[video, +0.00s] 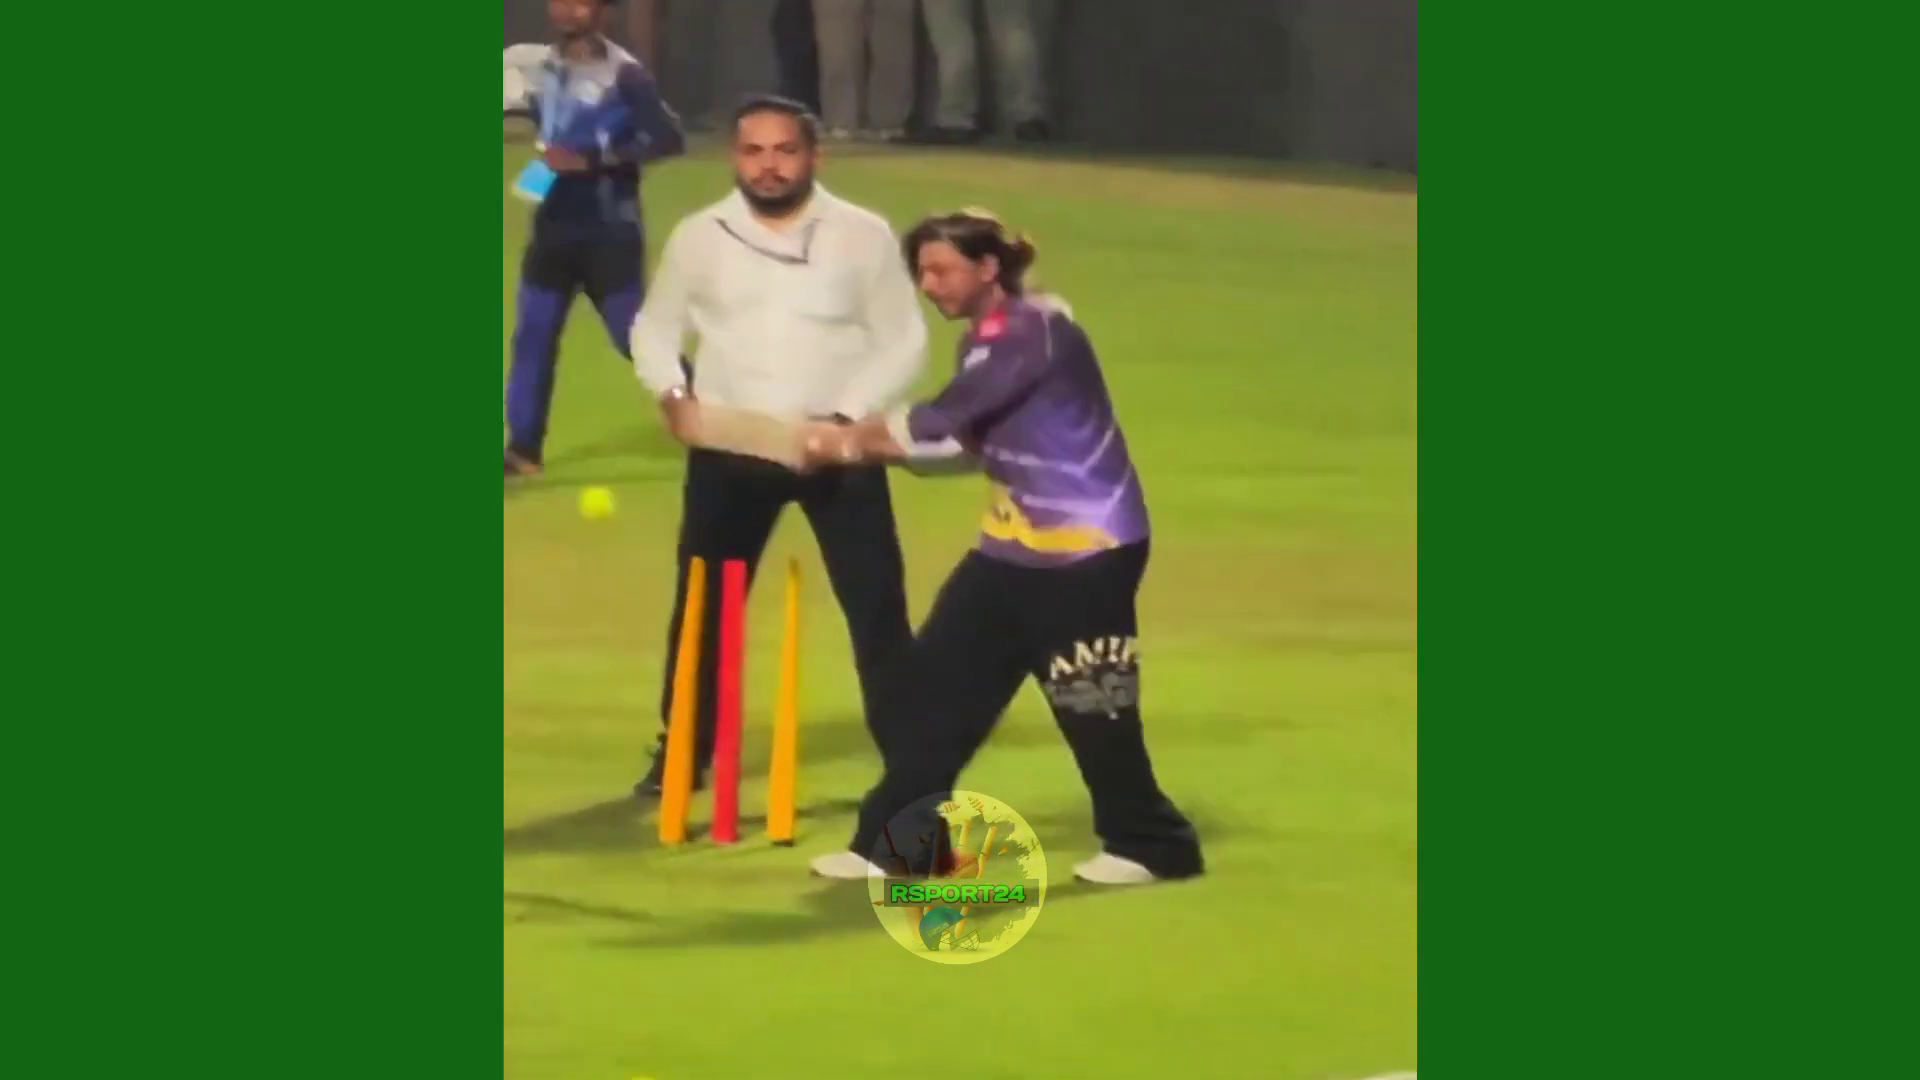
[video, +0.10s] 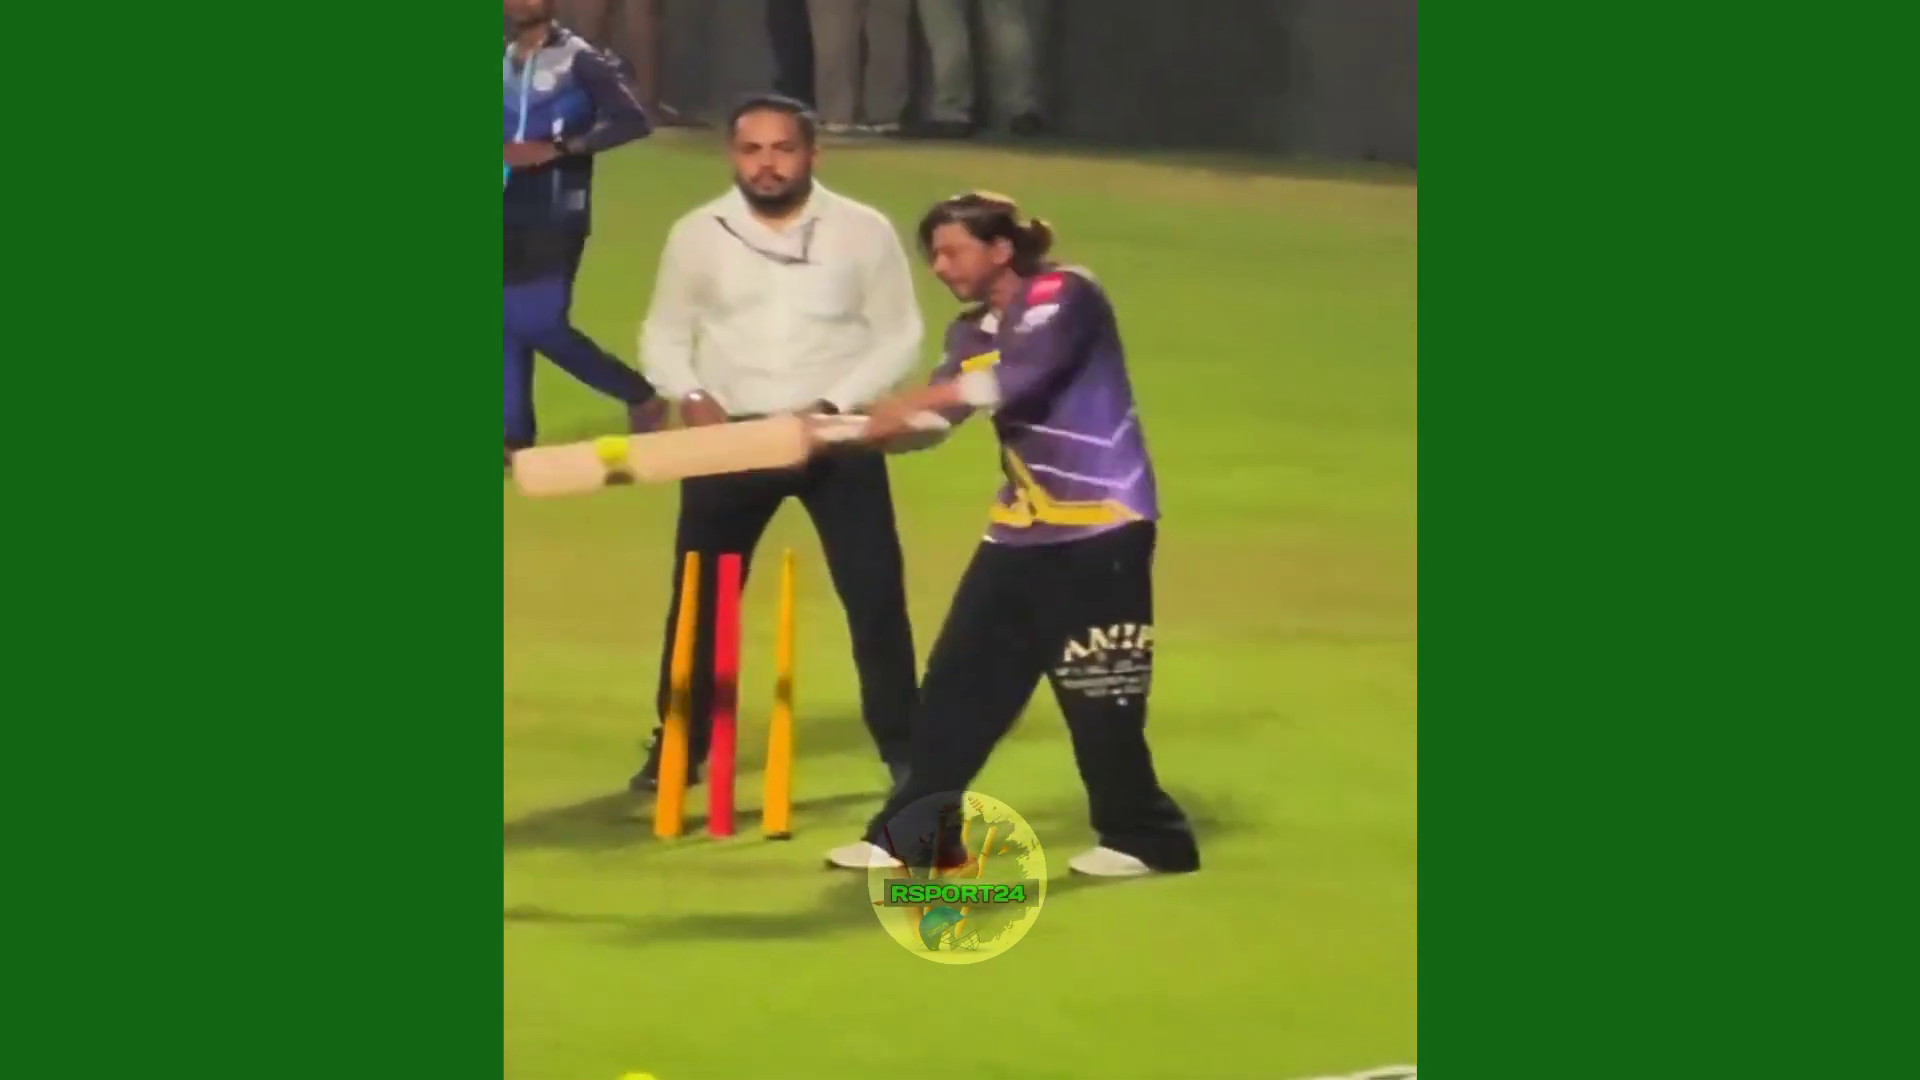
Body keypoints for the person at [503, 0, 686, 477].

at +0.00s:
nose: (565, 11)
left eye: (575, 4)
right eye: (559, 4)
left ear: (597, 10)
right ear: (552, 11)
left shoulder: (625, 73)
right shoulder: (547, 68)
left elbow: (668, 138)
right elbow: (545, 121)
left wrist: (593, 160)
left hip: (611, 231)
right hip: (555, 226)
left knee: (632, 335)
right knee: (534, 335)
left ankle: (690, 387)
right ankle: (524, 448)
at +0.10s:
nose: (513, 4)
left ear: (546, 5)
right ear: (506, 8)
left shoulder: (583, 59)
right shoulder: (503, 61)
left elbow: (632, 122)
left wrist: (555, 149)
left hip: (555, 223)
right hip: (504, 223)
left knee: (541, 327)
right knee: (509, 331)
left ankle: (640, 395)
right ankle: (514, 437)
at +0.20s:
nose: (498, 21)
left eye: (501, 16)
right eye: (497, 17)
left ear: (511, 19)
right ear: (501, 23)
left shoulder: (540, 59)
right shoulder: (499, 61)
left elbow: (595, 118)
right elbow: (591, 117)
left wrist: (532, 143)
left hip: (519, 206)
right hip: (493, 204)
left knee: (493, 313)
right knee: (495, 315)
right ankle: (533, 405)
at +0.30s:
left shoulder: (505, 60)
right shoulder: (506, 60)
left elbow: (548, 120)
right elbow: (547, 119)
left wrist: (504, 144)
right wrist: (507, 143)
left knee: (485, 326)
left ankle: (508, 426)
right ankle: (505, 425)